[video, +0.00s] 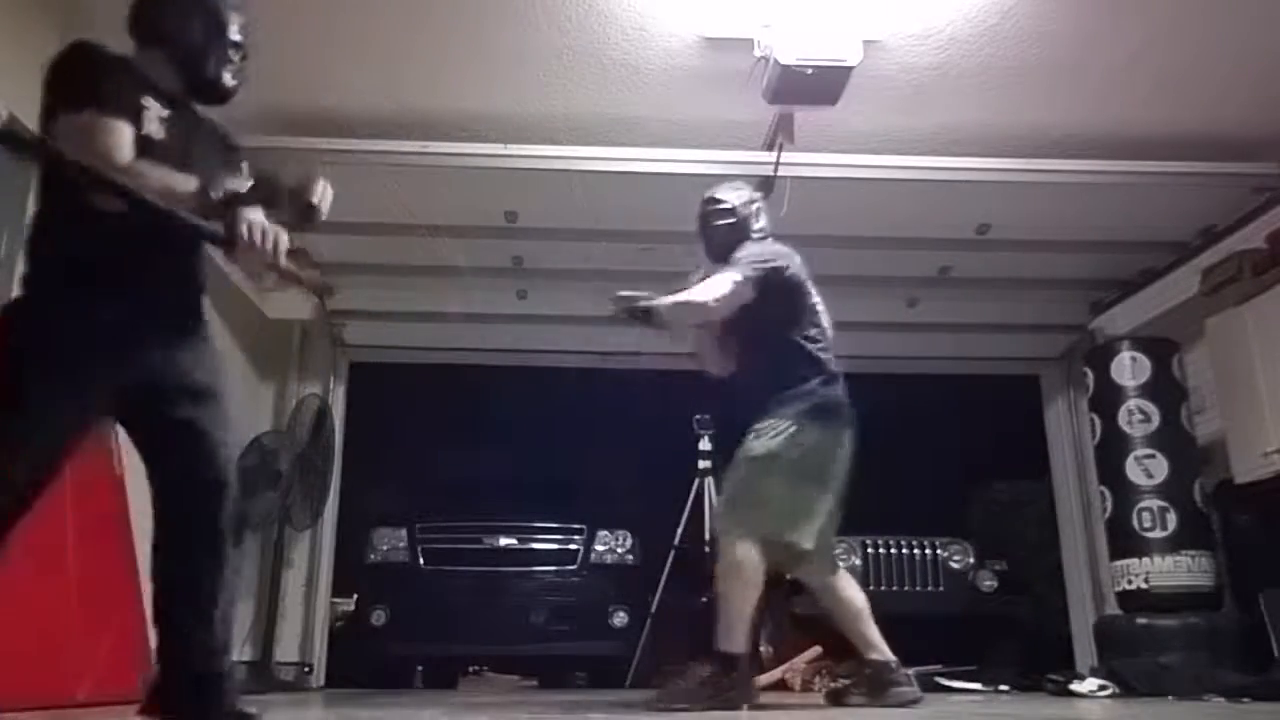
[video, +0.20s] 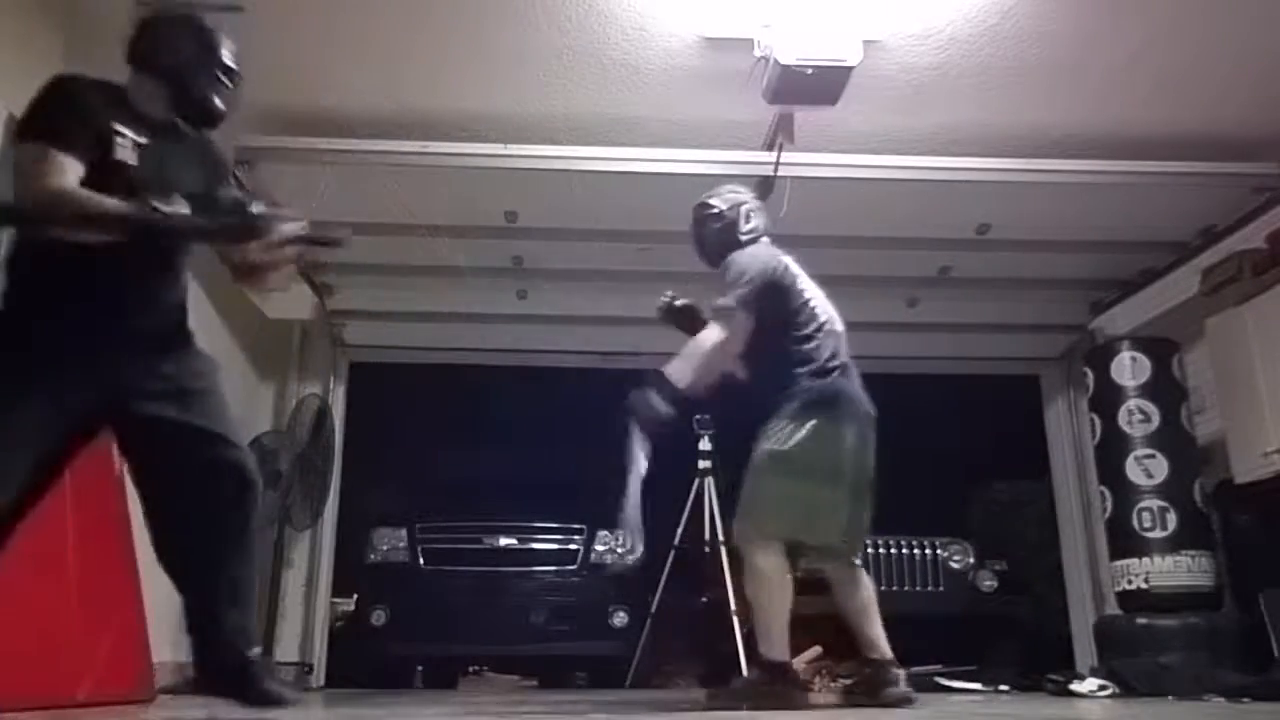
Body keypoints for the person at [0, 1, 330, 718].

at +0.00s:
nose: (238, 49)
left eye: (241, 37)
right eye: (224, 30)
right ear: (167, 22)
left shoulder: (212, 142)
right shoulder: (92, 66)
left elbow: (240, 217)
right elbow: (104, 162)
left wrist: (285, 210)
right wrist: (218, 203)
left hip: (173, 345)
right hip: (66, 336)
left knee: (206, 497)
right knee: (9, 493)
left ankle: (195, 692)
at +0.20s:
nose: (232, 86)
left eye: (234, 74)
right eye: (221, 69)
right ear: (169, 58)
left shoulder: (203, 157)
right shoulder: (77, 100)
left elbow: (248, 266)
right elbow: (39, 197)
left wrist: (285, 246)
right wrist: (144, 217)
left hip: (160, 355)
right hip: (49, 350)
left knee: (224, 480)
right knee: (1, 490)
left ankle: (226, 659)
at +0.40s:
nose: (294, 150)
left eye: (296, 138)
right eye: (286, 130)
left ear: (253, 137)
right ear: (249, 119)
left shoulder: (259, 215)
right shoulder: (150, 126)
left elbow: (335, 296)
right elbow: (23, 115)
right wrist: (134, 96)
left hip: (177, 378)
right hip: (74, 356)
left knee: (242, 502)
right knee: (6, 478)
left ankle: (259, 672)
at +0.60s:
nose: (295, 176)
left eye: (297, 164)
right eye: (289, 158)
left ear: (254, 157)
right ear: (256, 145)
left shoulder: (259, 246)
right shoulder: (160, 148)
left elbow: (272, 352)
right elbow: (49, 79)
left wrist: (349, 389)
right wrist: (154, 42)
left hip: (189, 400)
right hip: (91, 383)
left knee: (265, 515)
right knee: (21, 528)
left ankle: (265, 686)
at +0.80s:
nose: (233, 109)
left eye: (238, 99)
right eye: (224, 94)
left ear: (228, 100)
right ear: (188, 81)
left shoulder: (192, 178)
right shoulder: (112, 105)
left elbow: (171, 284)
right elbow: (169, 125)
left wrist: (243, 315)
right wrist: (302, 101)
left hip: (163, 356)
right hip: (72, 343)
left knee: (216, 497)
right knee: (9, 497)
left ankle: (230, 676)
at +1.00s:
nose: (240, 89)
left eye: (242, 77)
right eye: (229, 72)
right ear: (184, 66)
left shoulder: (204, 162)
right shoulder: (131, 101)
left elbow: (228, 250)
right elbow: (144, 187)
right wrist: (254, 241)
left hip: (166, 356)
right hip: (82, 340)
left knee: (174, 517)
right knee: (27, 497)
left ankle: (89, 681)